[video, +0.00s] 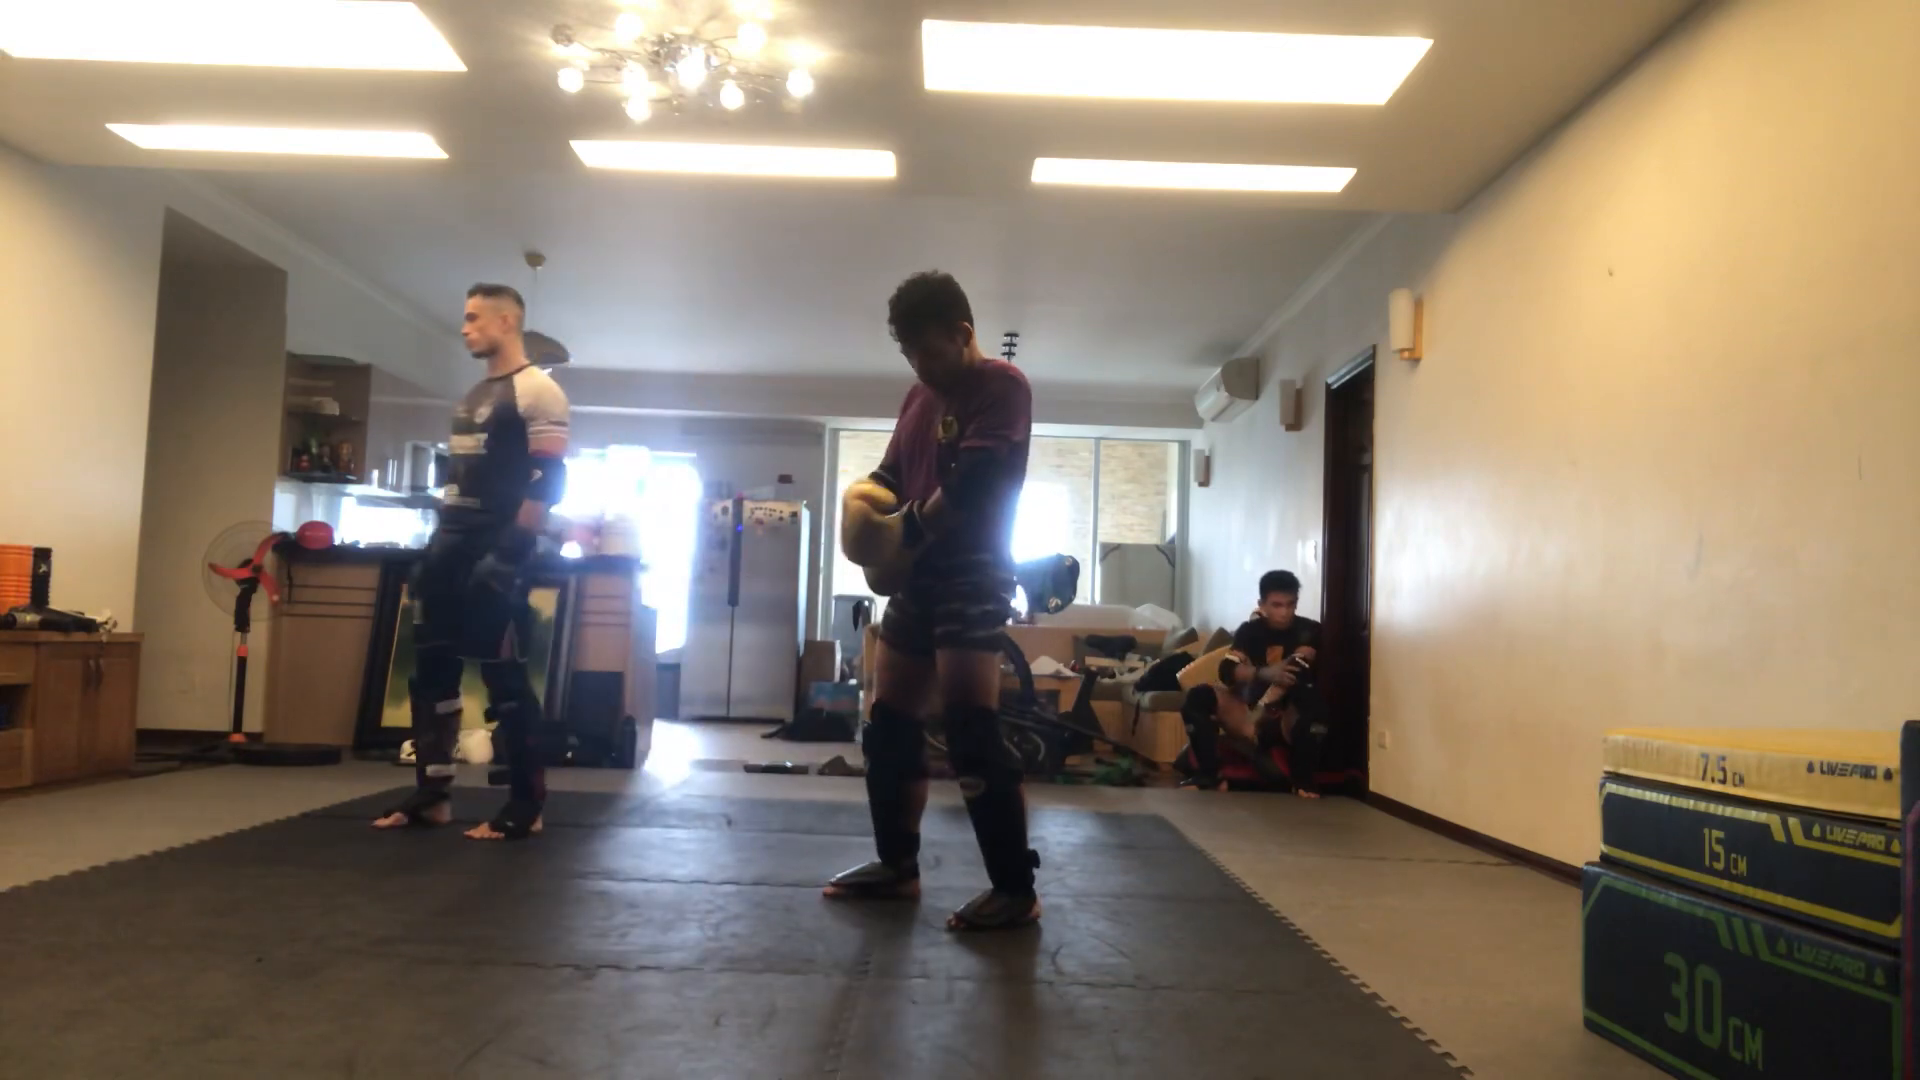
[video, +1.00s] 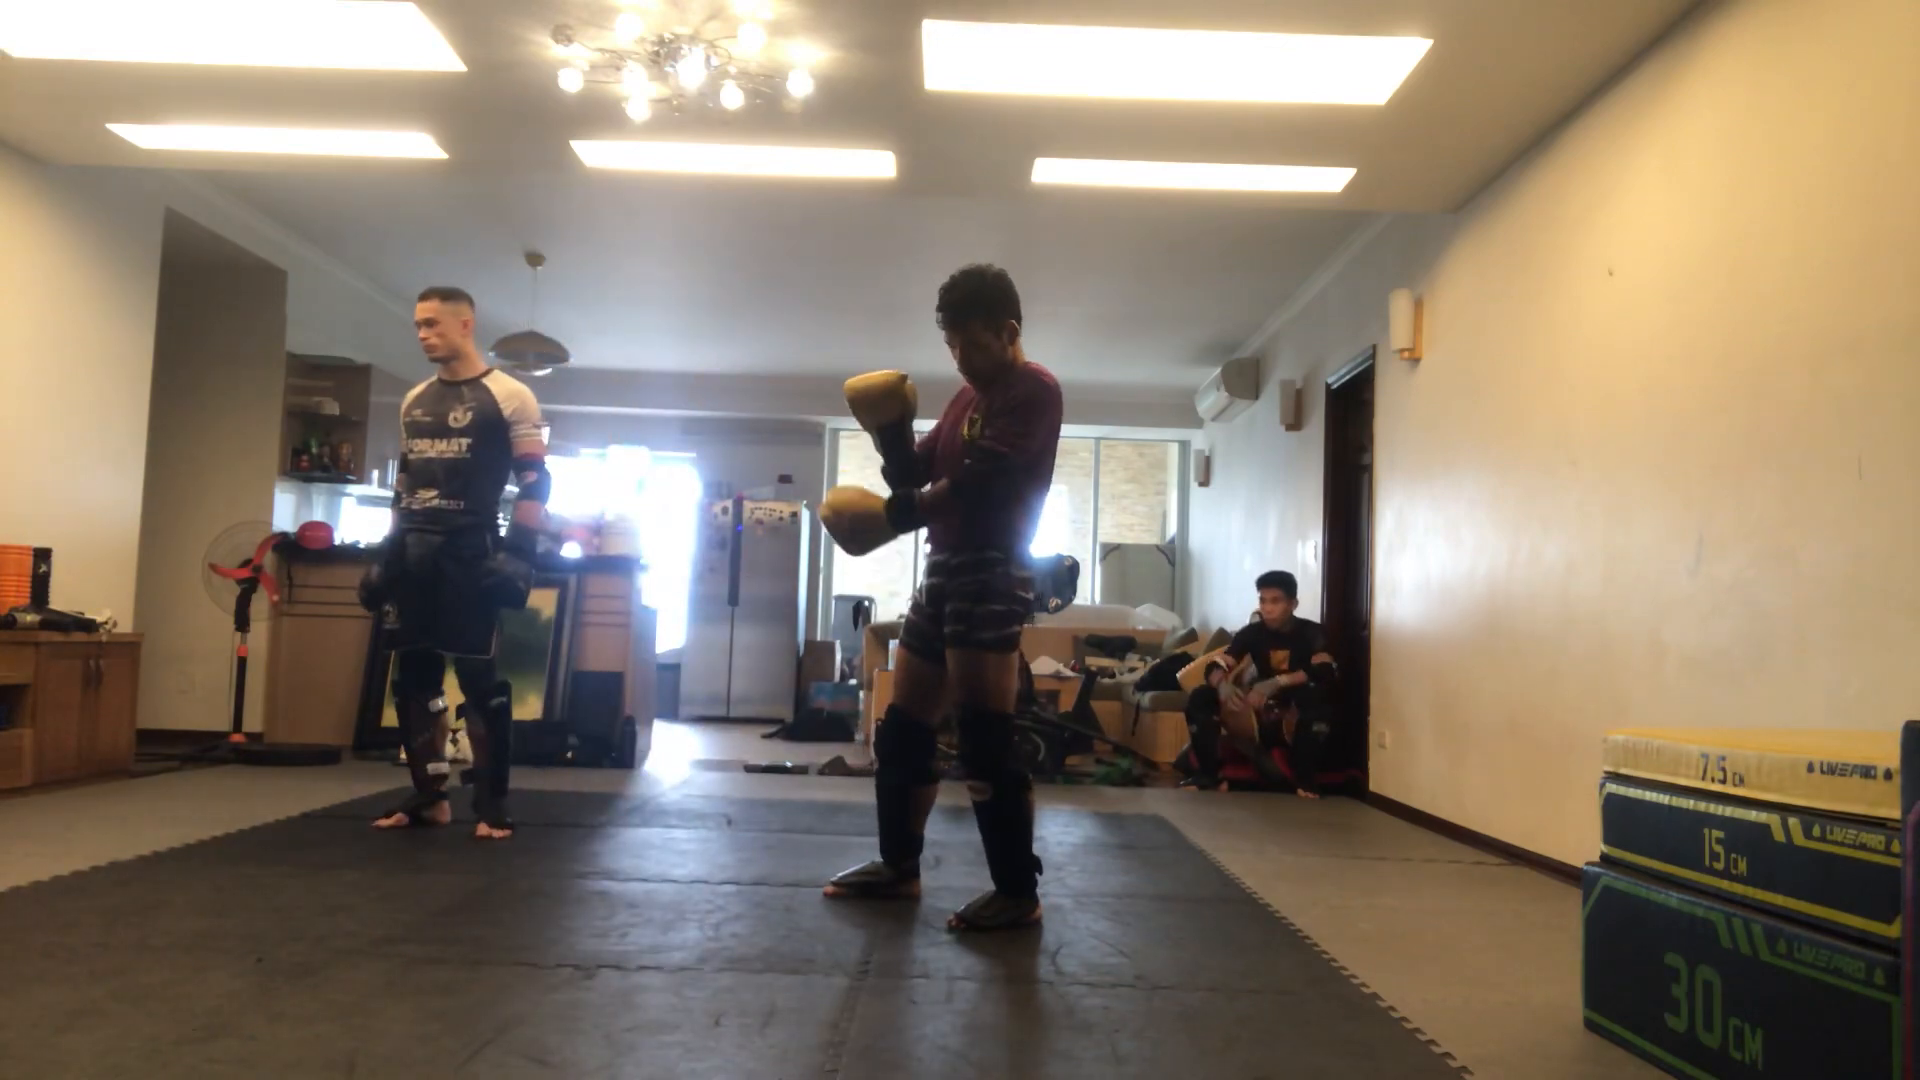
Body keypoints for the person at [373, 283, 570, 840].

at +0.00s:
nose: (463, 329)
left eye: (473, 318)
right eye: (464, 320)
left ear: (508, 321)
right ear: (487, 327)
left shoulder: (539, 389)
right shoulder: (475, 394)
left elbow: (546, 484)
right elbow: (459, 483)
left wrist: (508, 554)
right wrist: (436, 549)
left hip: (499, 551)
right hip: (452, 547)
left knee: (503, 672)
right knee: (434, 667)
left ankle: (525, 804)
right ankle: (432, 796)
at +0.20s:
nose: (444, 333)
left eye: (452, 323)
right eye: (443, 325)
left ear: (488, 325)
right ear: (471, 329)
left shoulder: (527, 394)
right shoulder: (447, 399)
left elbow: (546, 484)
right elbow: (435, 487)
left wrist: (518, 555)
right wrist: (403, 553)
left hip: (481, 552)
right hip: (429, 549)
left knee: (482, 675)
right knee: (421, 673)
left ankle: (519, 803)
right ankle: (430, 797)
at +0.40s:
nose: (431, 333)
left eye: (440, 323)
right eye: (431, 325)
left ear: (477, 325)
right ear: (455, 330)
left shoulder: (520, 396)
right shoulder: (427, 399)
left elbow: (539, 487)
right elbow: (409, 484)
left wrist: (517, 554)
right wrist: (377, 547)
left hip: (471, 553)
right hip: (416, 551)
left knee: (466, 674)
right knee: (415, 675)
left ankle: (496, 809)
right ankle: (430, 799)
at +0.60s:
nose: (426, 333)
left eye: (436, 323)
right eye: (424, 325)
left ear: (471, 324)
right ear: (431, 331)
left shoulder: (515, 396)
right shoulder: (421, 399)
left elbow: (537, 485)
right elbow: (404, 484)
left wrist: (522, 554)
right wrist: (374, 545)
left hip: (470, 554)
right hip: (413, 553)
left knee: (471, 678)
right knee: (412, 679)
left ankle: (490, 808)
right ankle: (430, 800)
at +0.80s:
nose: (426, 333)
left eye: (436, 323)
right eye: (423, 324)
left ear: (470, 325)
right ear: (426, 331)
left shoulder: (512, 396)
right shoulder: (416, 399)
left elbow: (536, 485)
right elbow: (405, 487)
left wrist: (524, 553)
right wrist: (384, 552)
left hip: (472, 554)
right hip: (416, 553)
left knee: (478, 678)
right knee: (412, 680)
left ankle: (491, 807)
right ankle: (429, 799)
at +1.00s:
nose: (423, 335)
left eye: (432, 324)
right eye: (419, 326)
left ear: (466, 324)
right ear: (419, 333)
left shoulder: (510, 395)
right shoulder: (415, 400)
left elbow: (533, 484)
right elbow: (407, 488)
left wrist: (518, 553)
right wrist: (389, 556)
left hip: (471, 553)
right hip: (415, 552)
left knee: (479, 679)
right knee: (413, 679)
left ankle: (491, 806)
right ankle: (429, 799)